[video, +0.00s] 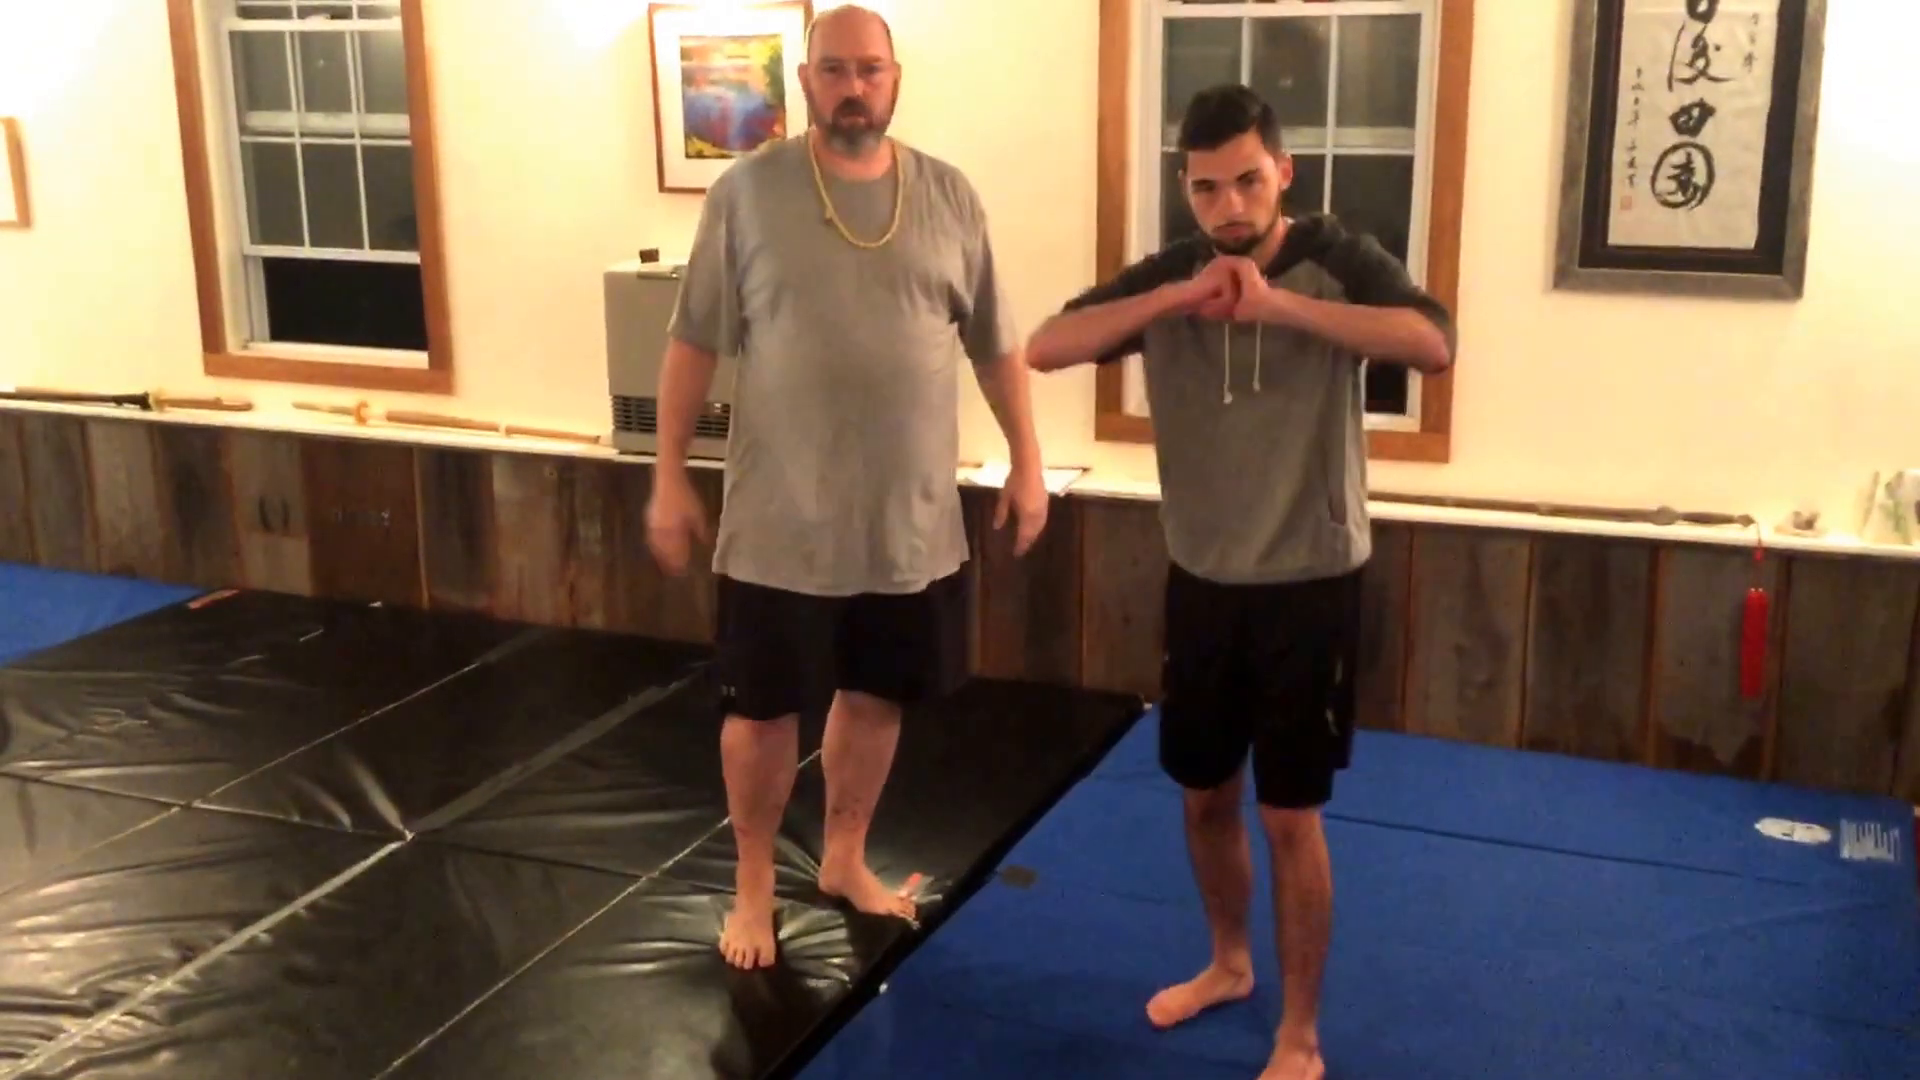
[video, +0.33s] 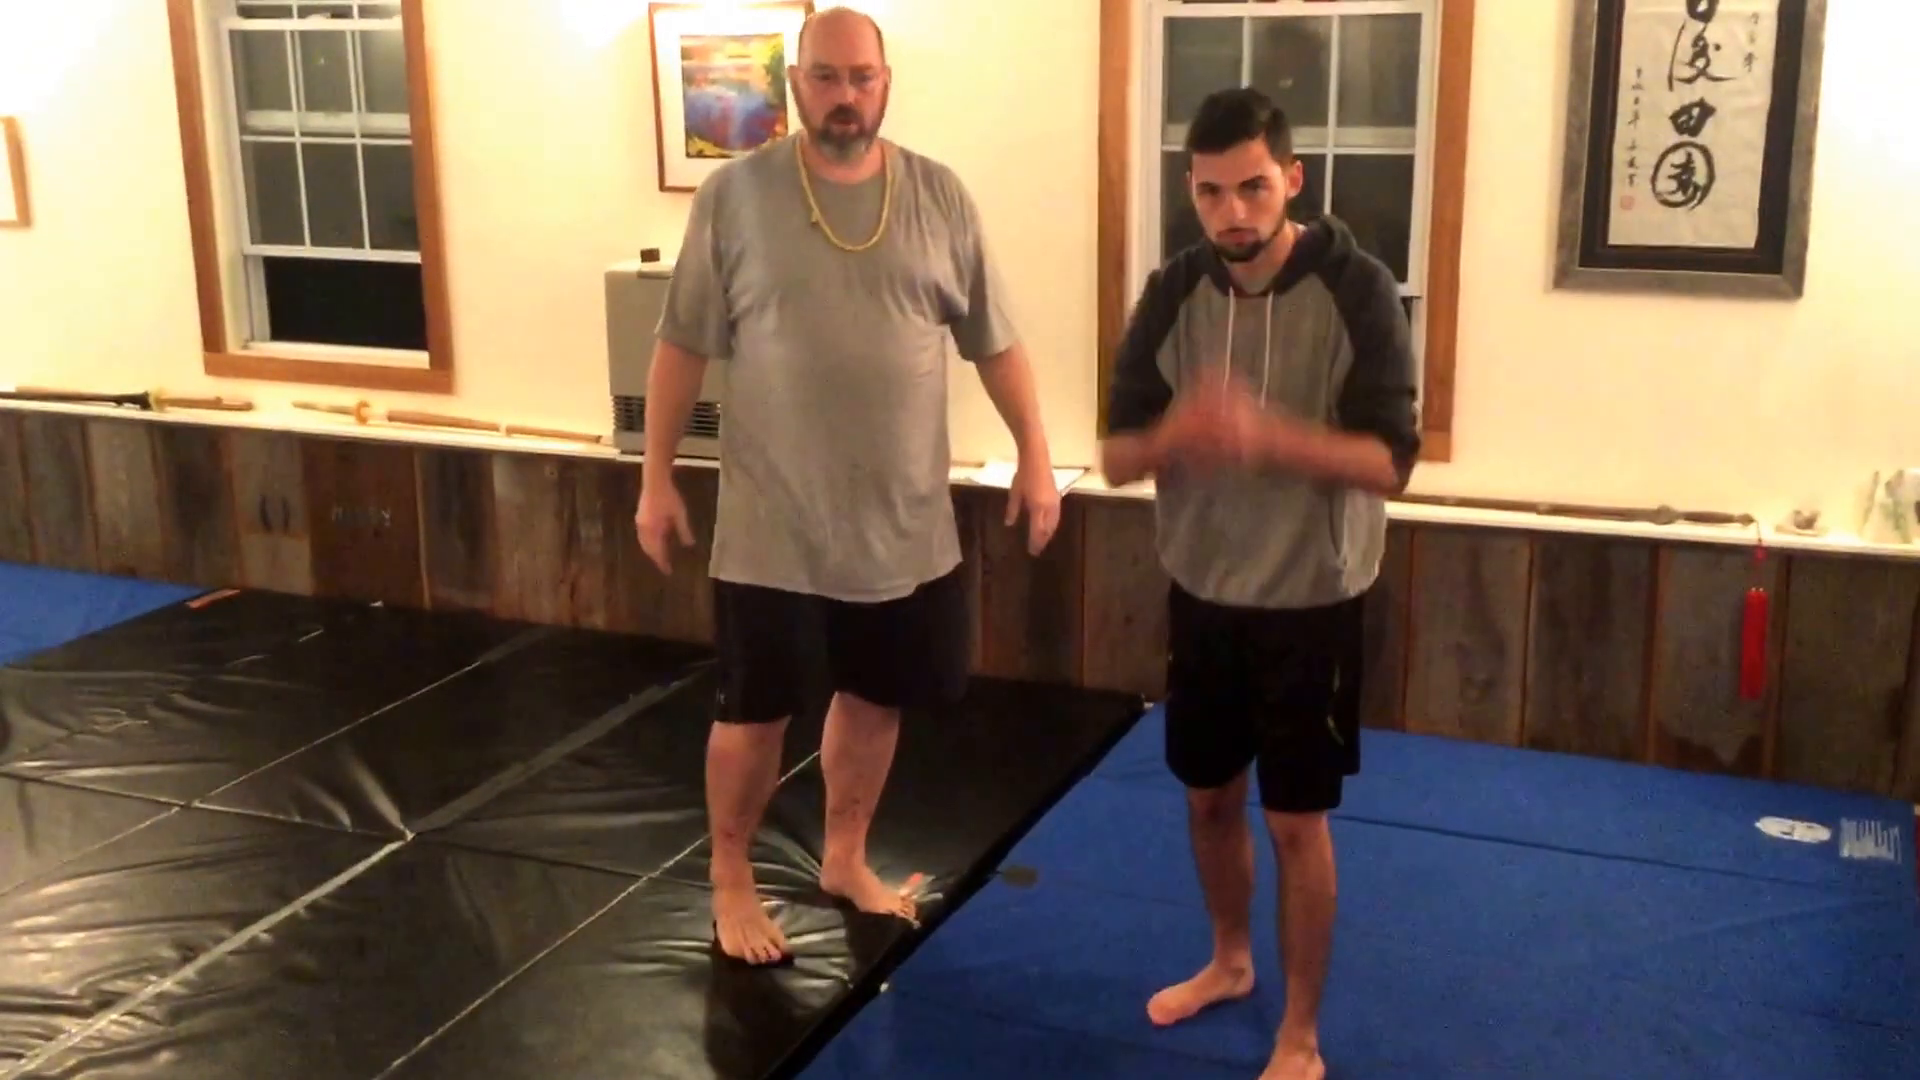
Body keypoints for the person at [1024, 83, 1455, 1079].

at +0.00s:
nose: (1227, 208)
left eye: (1244, 183)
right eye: (1206, 189)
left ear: (1283, 171)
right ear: (1185, 188)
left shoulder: (1334, 255)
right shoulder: (1161, 277)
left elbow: (1435, 346)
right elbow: (1042, 349)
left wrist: (1276, 308)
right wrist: (1177, 299)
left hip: (1311, 570)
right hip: (1202, 570)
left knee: (1288, 812)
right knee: (1206, 791)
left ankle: (1298, 1035)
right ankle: (1229, 965)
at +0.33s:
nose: (1231, 214)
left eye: (1250, 189)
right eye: (1210, 193)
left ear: (1291, 180)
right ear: (1188, 190)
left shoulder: (1355, 285)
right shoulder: (1175, 288)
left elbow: (1390, 459)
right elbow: (1118, 456)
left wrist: (1262, 435)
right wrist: (1180, 434)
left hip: (1313, 595)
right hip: (1204, 589)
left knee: (1295, 819)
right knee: (1212, 797)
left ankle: (1299, 1033)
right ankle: (1230, 964)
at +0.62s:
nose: (1197, 223)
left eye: (1217, 200)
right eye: (1184, 203)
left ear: (1277, 186)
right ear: (1175, 196)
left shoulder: (1348, 299)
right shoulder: (1181, 296)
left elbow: (1411, 472)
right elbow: (1189, 459)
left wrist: (1384, 634)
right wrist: (1164, 588)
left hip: (1317, 616)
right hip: (1213, 606)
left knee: (1308, 828)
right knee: (1219, 795)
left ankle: (1300, 1036)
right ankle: (1230, 961)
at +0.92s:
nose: (1166, 208)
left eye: (1180, 190)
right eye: (1167, 188)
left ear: (1240, 194)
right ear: (1230, 194)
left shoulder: (1338, 310)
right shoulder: (1208, 296)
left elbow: (1393, 510)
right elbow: (1203, 455)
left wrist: (1364, 677)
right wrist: (1172, 578)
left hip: (1307, 625)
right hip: (1213, 610)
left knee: (1308, 833)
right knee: (1206, 783)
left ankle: (1301, 1035)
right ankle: (1227, 956)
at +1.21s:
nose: (1157, 185)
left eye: (1166, 168)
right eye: (1159, 166)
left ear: (1214, 177)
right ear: (1233, 174)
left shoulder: (1296, 295)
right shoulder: (1231, 278)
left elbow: (1287, 505)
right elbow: (1221, 456)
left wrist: (1207, 660)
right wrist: (1181, 566)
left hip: (1294, 607)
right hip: (1224, 592)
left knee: (1289, 826)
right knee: (1183, 754)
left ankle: (1295, 1031)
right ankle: (1207, 948)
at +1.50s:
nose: (1151, 176)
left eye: (1159, 158)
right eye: (1152, 157)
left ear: (1201, 163)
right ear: (1226, 161)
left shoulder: (1249, 281)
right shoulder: (1274, 259)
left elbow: (1203, 479)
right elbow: (1253, 449)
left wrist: (1089, 606)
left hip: (1248, 581)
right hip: (1222, 573)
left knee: (1242, 803)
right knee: (1189, 756)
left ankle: (1288, 1028)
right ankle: (1204, 950)